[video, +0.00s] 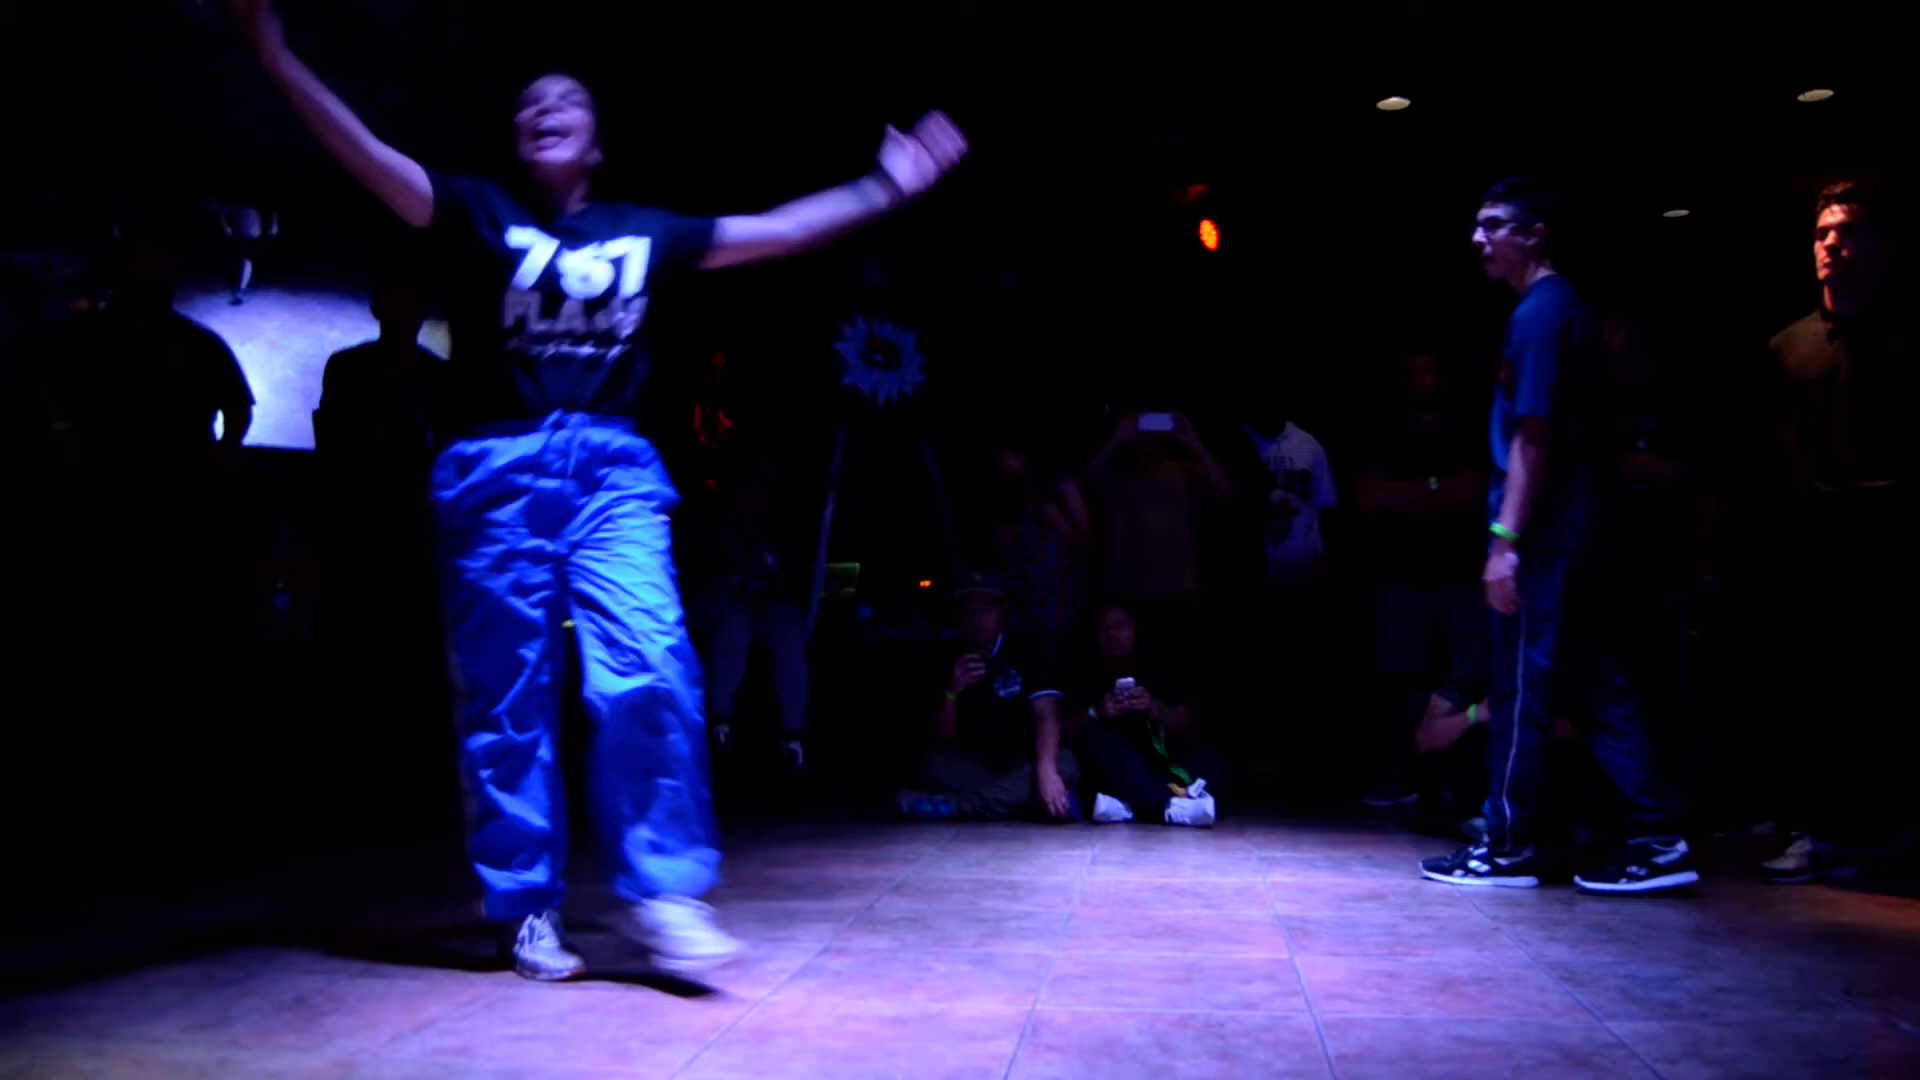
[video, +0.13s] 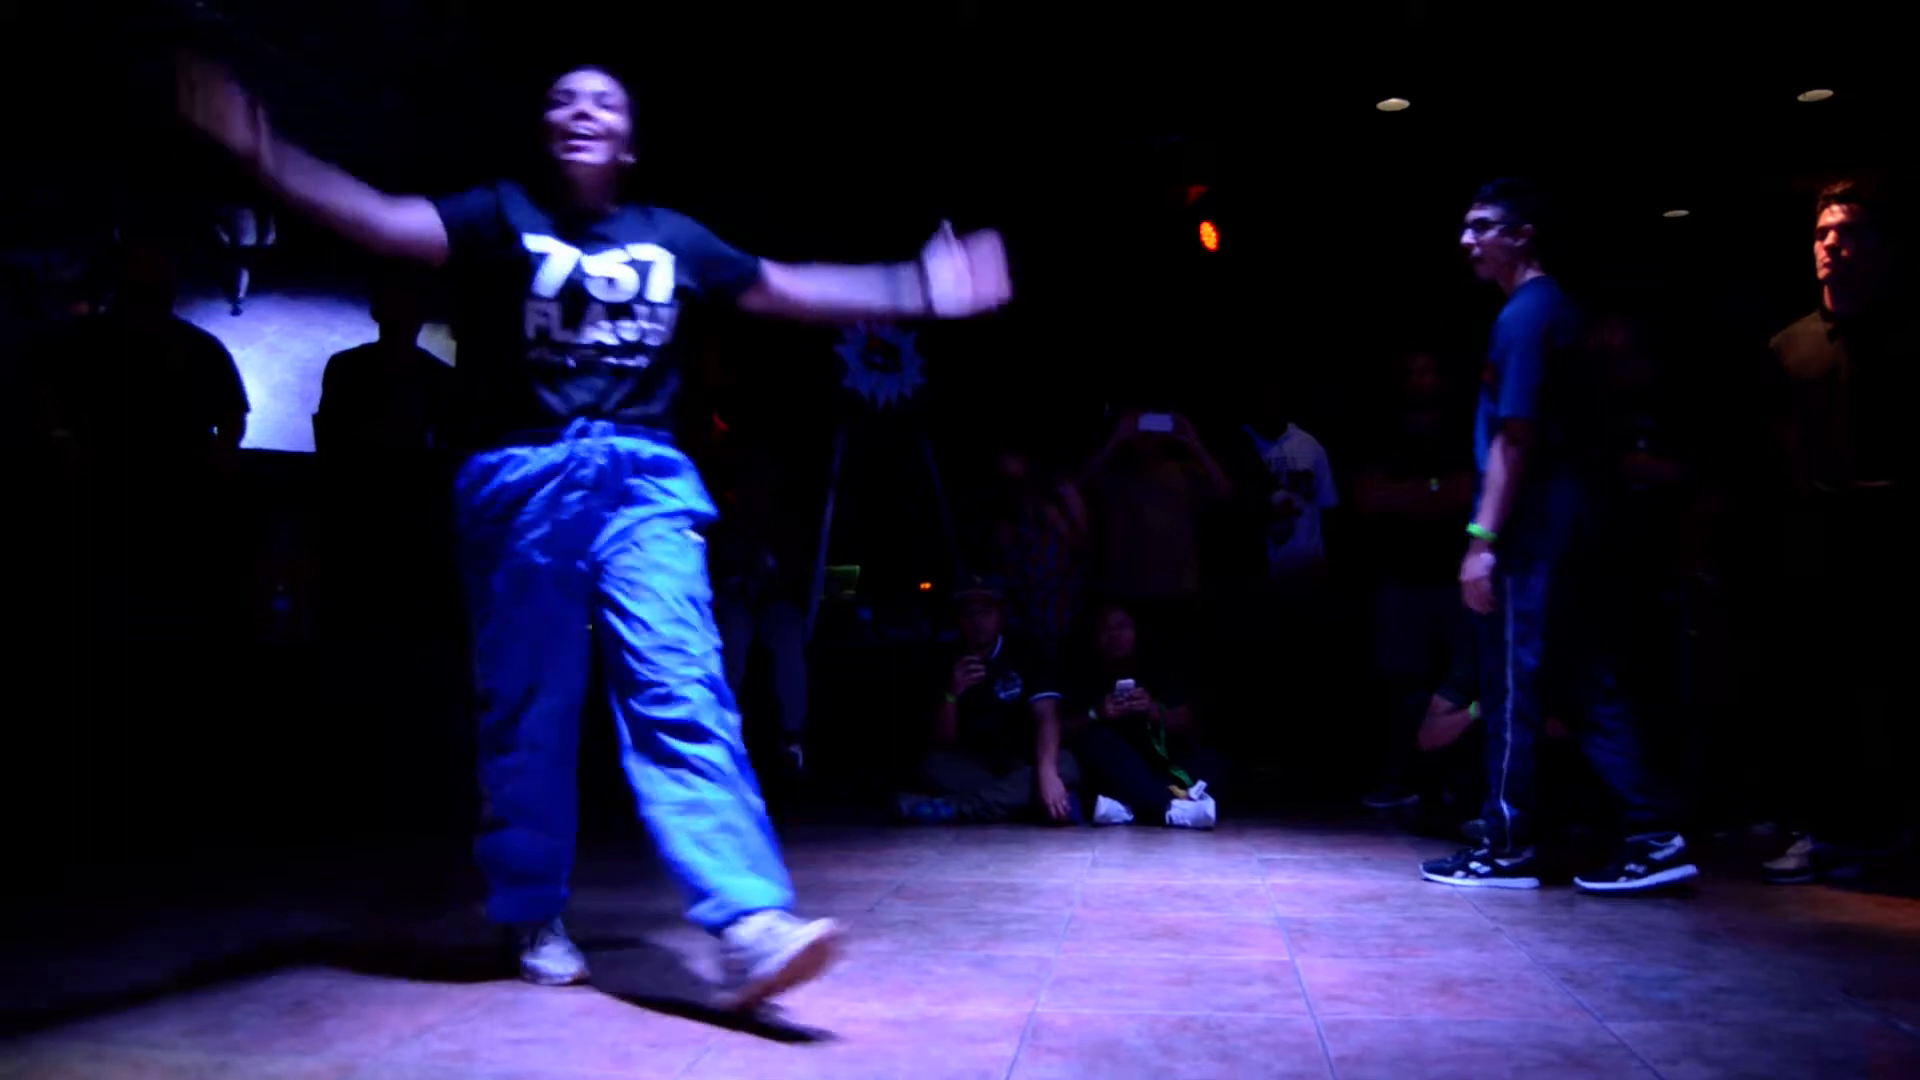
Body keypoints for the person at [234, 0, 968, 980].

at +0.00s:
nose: (544, 119)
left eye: (560, 109)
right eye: (530, 113)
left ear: (596, 136)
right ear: (515, 141)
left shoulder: (646, 233)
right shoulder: (478, 216)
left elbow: (778, 228)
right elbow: (367, 155)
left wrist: (885, 187)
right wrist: (277, 57)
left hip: (613, 478)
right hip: (496, 483)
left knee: (649, 669)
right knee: (507, 695)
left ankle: (666, 894)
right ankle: (527, 910)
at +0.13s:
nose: (580, 121)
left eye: (598, 110)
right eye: (564, 110)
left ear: (630, 136)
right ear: (542, 133)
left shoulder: (669, 238)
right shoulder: (500, 218)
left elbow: (789, 289)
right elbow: (381, 222)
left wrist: (919, 285)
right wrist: (265, 153)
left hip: (644, 485)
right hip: (522, 489)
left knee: (683, 685)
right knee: (531, 707)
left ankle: (746, 918)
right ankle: (535, 921)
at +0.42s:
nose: (728, 58)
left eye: (749, 47)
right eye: (707, 48)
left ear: (781, 87)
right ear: (674, 85)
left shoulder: (826, 202)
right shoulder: (621, 163)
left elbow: (967, 236)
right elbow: (474, 142)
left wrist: (1079, 243)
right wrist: (314, 81)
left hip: (792, 463)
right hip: (650, 464)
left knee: (789, 710)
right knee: (656, 686)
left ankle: (789, 974)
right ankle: (570, 901)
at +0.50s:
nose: (756, 20)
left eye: (772, 11)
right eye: (734, 13)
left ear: (799, 50)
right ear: (699, 54)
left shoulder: (856, 152)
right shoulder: (657, 116)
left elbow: (992, 130)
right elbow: (541, 30)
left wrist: (1109, 80)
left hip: (821, 447)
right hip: (688, 443)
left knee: (810, 708)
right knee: (716, 672)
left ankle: (790, 978)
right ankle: (627, 935)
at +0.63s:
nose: (808, 15)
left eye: (817, 5)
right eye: (781, 6)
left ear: (836, 35)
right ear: (736, 38)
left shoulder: (880, 124)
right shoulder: (718, 109)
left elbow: (994, 23)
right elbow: (688, 24)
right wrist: (746, 13)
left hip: (870, 412)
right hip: (748, 409)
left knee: (855, 698)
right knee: (796, 674)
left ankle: (793, 980)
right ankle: (771, 994)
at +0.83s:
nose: (911, 27)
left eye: (916, 16)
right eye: (887, 13)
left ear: (918, 36)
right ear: (828, 28)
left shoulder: (942, 128)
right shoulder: (798, 118)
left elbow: (1057, 35)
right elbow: (764, 23)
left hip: (946, 429)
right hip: (842, 427)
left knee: (967, 721)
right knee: (935, 700)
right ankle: (908, 1020)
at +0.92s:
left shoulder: (971, 113)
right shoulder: (816, 104)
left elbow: (1119, 63)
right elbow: (739, 19)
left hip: (973, 441)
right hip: (863, 446)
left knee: (1052, 721)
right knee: (934, 741)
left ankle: (860, 938)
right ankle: (914, 1049)